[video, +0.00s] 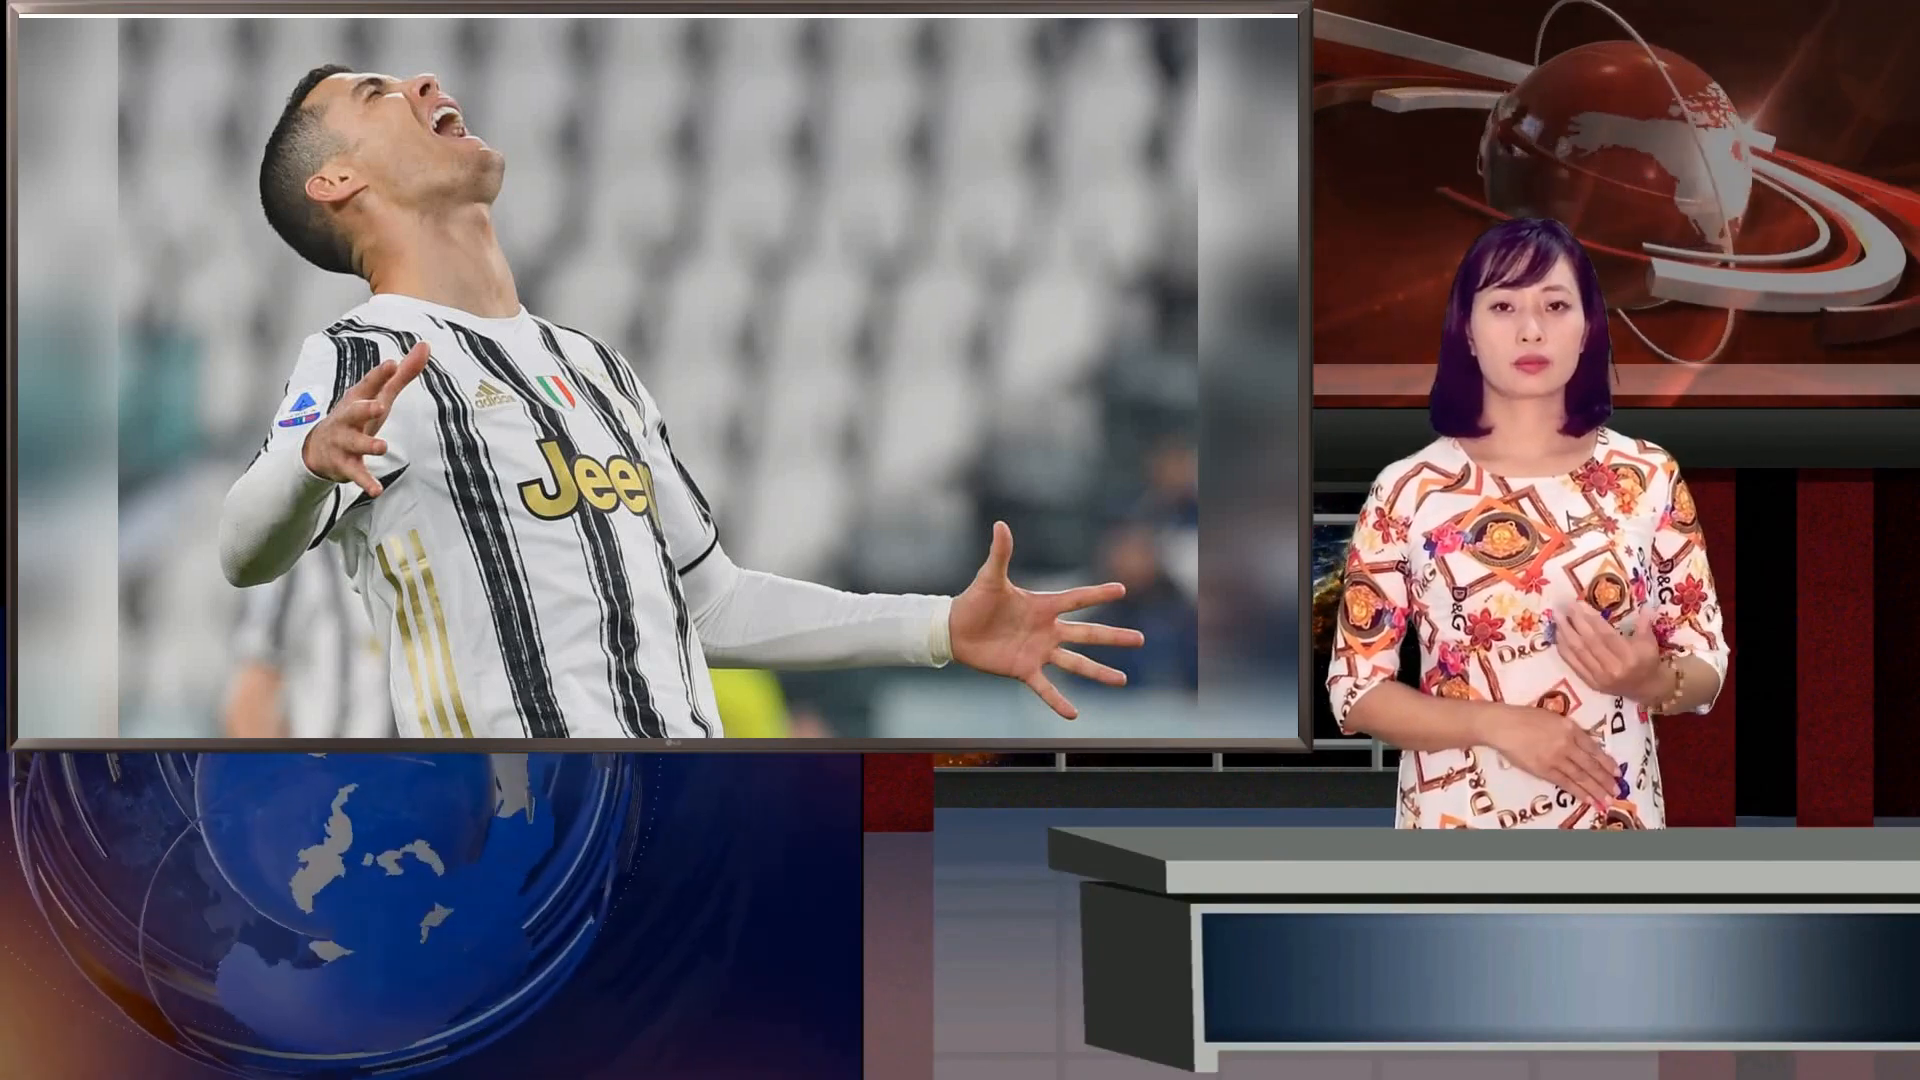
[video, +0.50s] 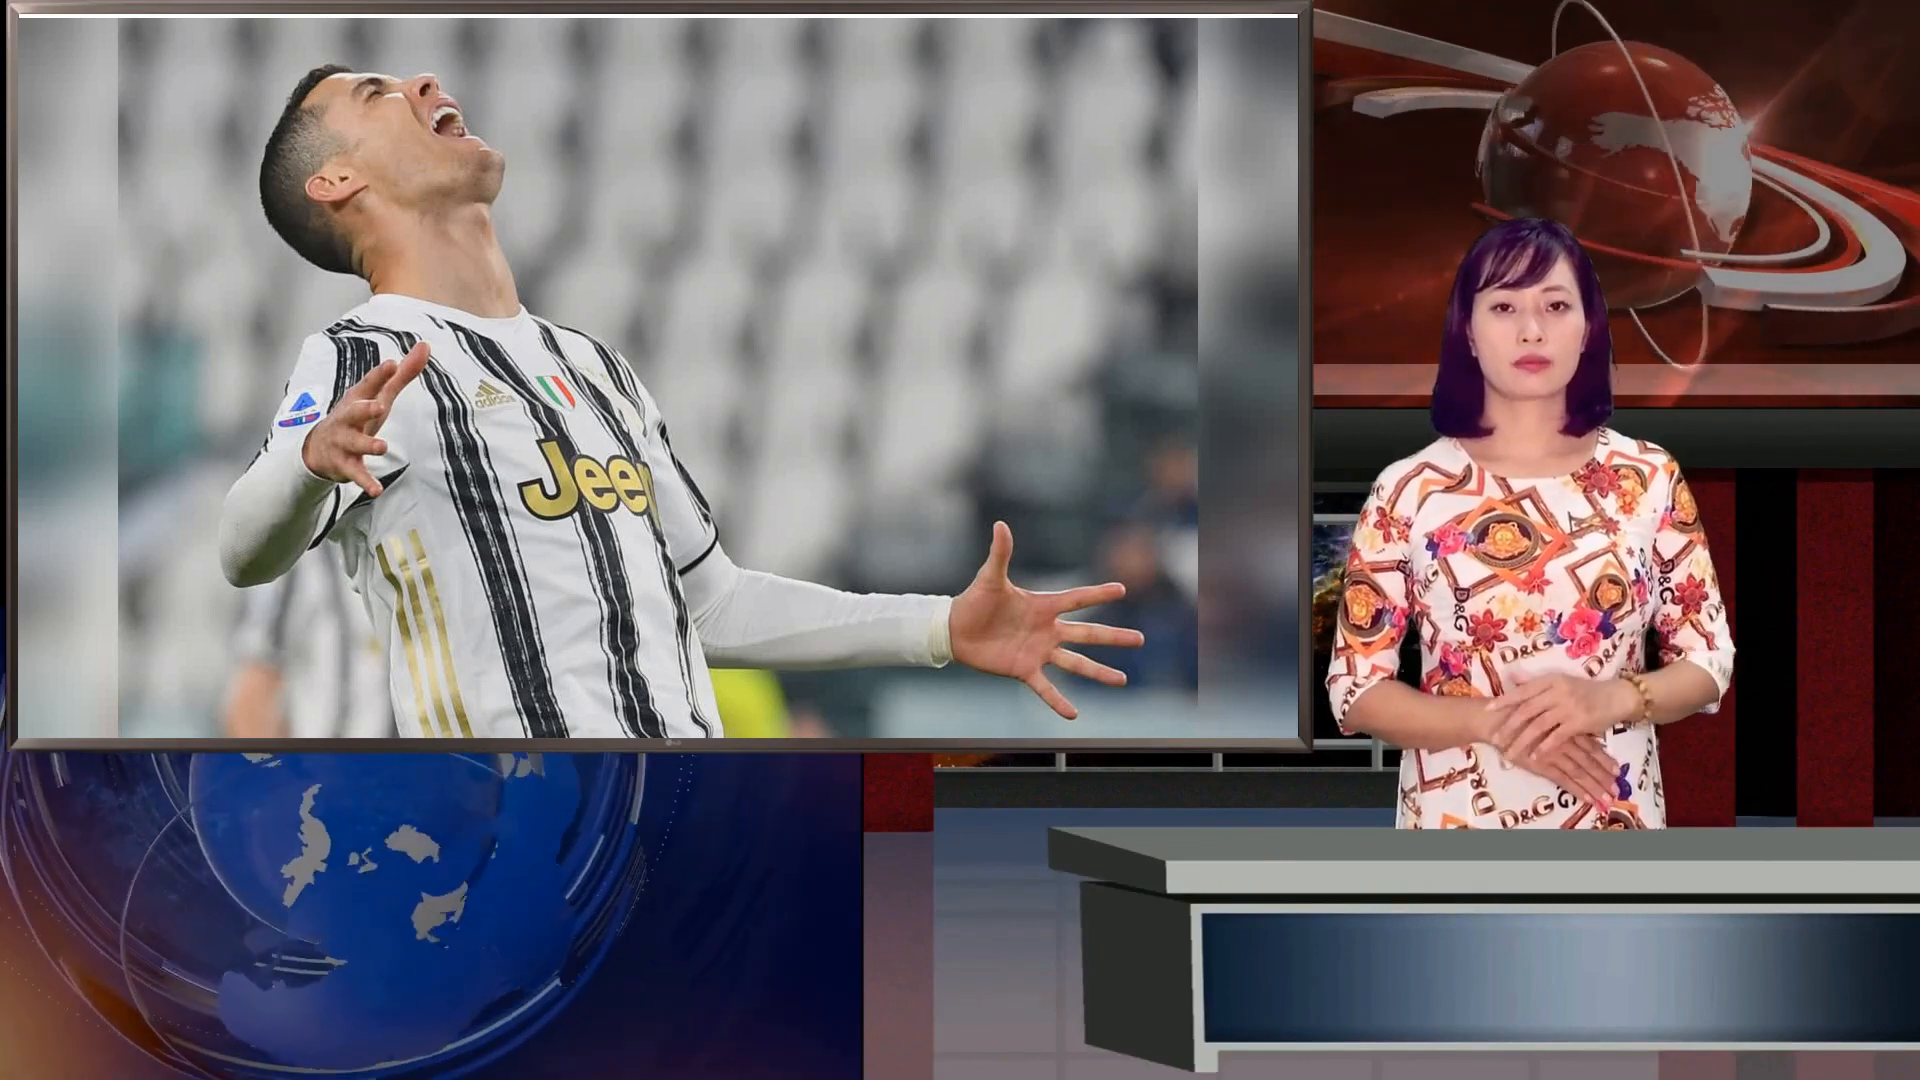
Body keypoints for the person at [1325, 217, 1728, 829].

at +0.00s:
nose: (1531, 329)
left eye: (1555, 305)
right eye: (1502, 307)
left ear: (1588, 326)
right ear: (1466, 328)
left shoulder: (1647, 479)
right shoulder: (1406, 492)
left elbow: (1704, 668)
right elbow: (1355, 689)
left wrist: (1652, 682)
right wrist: (1498, 724)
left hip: (1613, 833)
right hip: (1456, 832)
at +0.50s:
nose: (1531, 329)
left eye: (1556, 306)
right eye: (1503, 308)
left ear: (1588, 326)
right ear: (1467, 329)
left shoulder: (1647, 479)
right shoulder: (1407, 491)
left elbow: (1707, 660)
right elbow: (1355, 689)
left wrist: (1608, 700)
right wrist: (1492, 722)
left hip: (1613, 830)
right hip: (1457, 829)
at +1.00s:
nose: (1529, 330)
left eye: (1554, 307)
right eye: (1502, 309)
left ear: (1588, 326)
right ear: (1466, 330)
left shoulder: (1648, 478)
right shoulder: (1408, 490)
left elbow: (1704, 657)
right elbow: (1355, 688)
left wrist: (1602, 711)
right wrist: (1502, 728)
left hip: (1611, 829)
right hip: (1456, 829)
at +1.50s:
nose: (1530, 330)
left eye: (1555, 306)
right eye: (1503, 308)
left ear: (1590, 326)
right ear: (1467, 329)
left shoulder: (1649, 478)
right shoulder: (1408, 491)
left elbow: (1705, 661)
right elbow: (1356, 688)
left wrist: (1602, 713)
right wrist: (1499, 729)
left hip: (1613, 830)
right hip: (1457, 830)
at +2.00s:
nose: (1532, 330)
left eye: (1558, 307)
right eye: (1504, 308)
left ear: (1591, 326)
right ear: (1468, 329)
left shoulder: (1651, 479)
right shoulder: (1409, 491)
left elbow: (1704, 661)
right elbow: (1356, 689)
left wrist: (1622, 697)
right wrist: (1490, 725)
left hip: (1616, 833)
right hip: (1459, 831)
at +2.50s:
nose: (1533, 331)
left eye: (1558, 307)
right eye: (1505, 309)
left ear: (1591, 326)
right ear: (1467, 329)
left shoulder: (1650, 479)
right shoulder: (1409, 492)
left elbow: (1704, 661)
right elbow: (1356, 689)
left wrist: (1622, 701)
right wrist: (1490, 724)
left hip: (1616, 831)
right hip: (1460, 830)